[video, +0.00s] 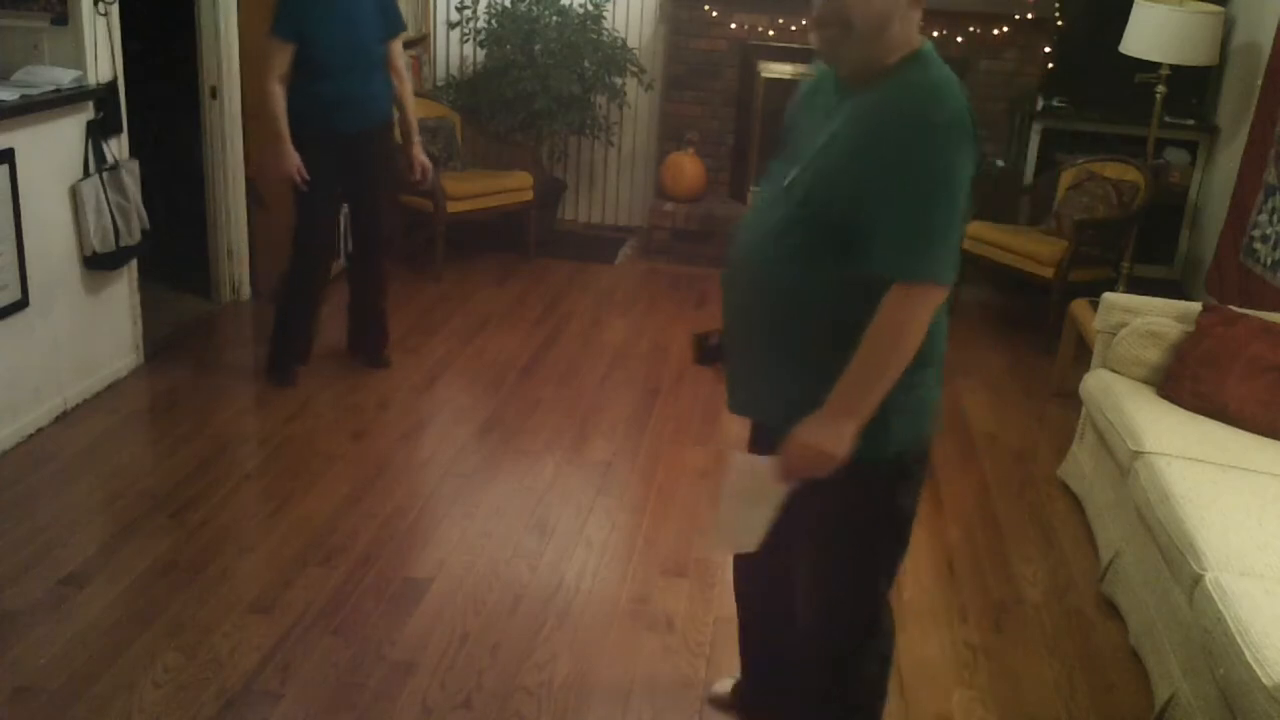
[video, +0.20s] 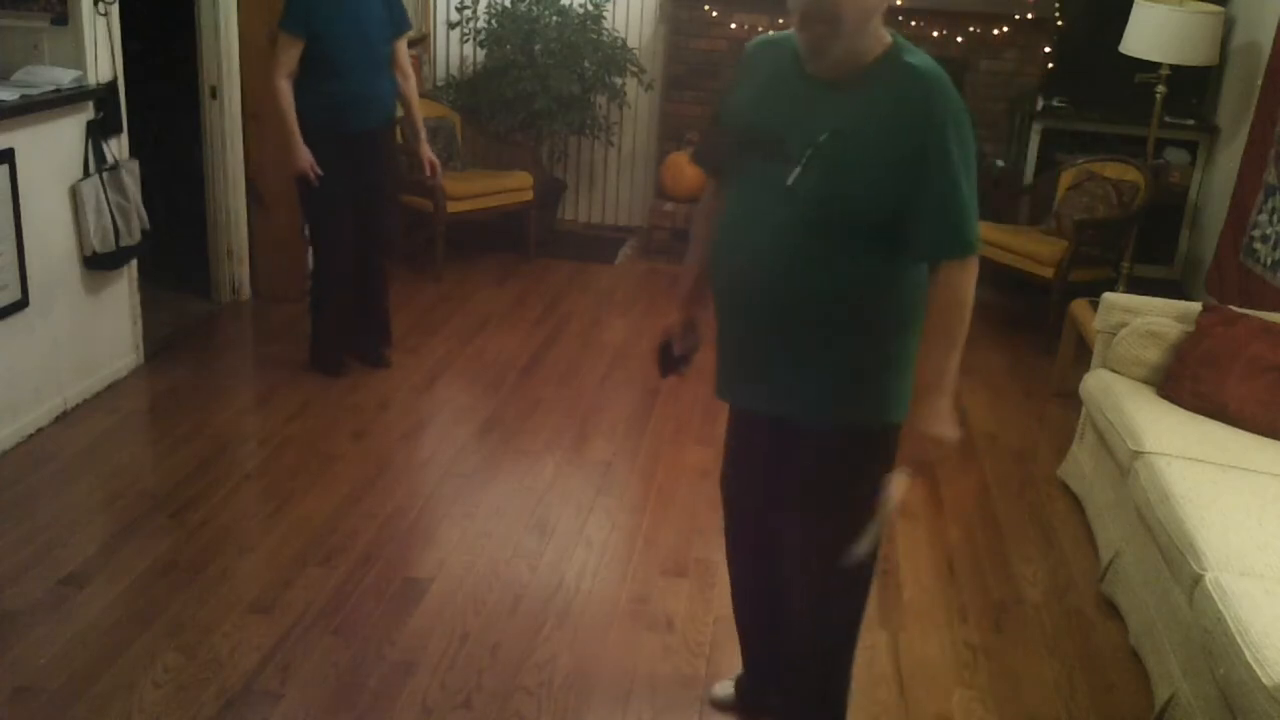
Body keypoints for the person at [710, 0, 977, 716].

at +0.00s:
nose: (818, 10)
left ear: (907, 8)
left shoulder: (928, 107)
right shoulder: (822, 89)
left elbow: (922, 283)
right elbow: (794, 234)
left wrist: (839, 417)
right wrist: (750, 340)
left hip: (870, 430)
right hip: (790, 401)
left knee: (837, 608)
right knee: (768, 574)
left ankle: (831, 710)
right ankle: (767, 690)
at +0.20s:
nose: (806, 8)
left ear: (881, 3)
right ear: (789, 2)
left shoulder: (922, 96)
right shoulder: (762, 63)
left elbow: (957, 257)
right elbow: (719, 193)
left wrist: (936, 400)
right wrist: (687, 305)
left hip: (854, 391)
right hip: (759, 372)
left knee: (826, 565)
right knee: (754, 542)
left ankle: (806, 705)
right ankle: (765, 679)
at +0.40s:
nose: (803, 9)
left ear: (863, 4)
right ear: (770, 2)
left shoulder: (915, 89)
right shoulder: (726, 72)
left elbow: (954, 235)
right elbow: (687, 198)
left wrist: (966, 361)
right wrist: (671, 313)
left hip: (860, 378)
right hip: (751, 365)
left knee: (835, 556)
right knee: (759, 533)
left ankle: (808, 704)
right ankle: (767, 672)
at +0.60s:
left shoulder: (913, 84)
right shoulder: (718, 75)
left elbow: (951, 222)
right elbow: (681, 202)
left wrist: (975, 346)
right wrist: (667, 325)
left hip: (864, 377)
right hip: (753, 366)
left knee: (850, 562)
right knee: (763, 537)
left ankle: (841, 706)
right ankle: (770, 670)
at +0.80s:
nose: (812, 3)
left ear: (866, 1)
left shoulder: (915, 82)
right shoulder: (724, 73)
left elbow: (955, 224)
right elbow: (688, 202)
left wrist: (966, 349)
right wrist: (675, 320)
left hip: (878, 379)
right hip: (761, 373)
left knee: (890, 561)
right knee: (771, 546)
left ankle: (910, 698)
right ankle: (774, 677)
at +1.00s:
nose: (833, 5)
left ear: (884, 2)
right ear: (796, 2)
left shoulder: (937, 82)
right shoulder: (748, 75)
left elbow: (977, 226)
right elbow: (714, 206)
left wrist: (957, 349)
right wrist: (697, 325)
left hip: (899, 380)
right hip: (780, 374)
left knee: (927, 567)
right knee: (783, 544)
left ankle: (956, 706)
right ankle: (776, 676)